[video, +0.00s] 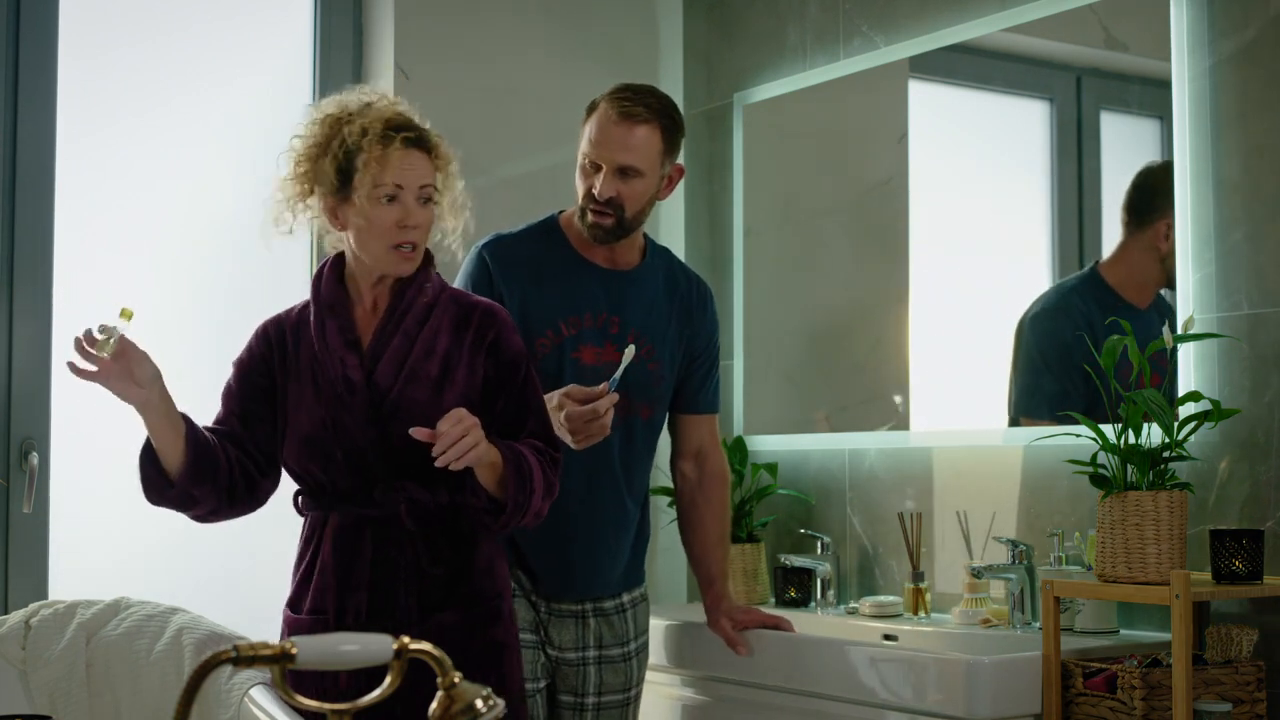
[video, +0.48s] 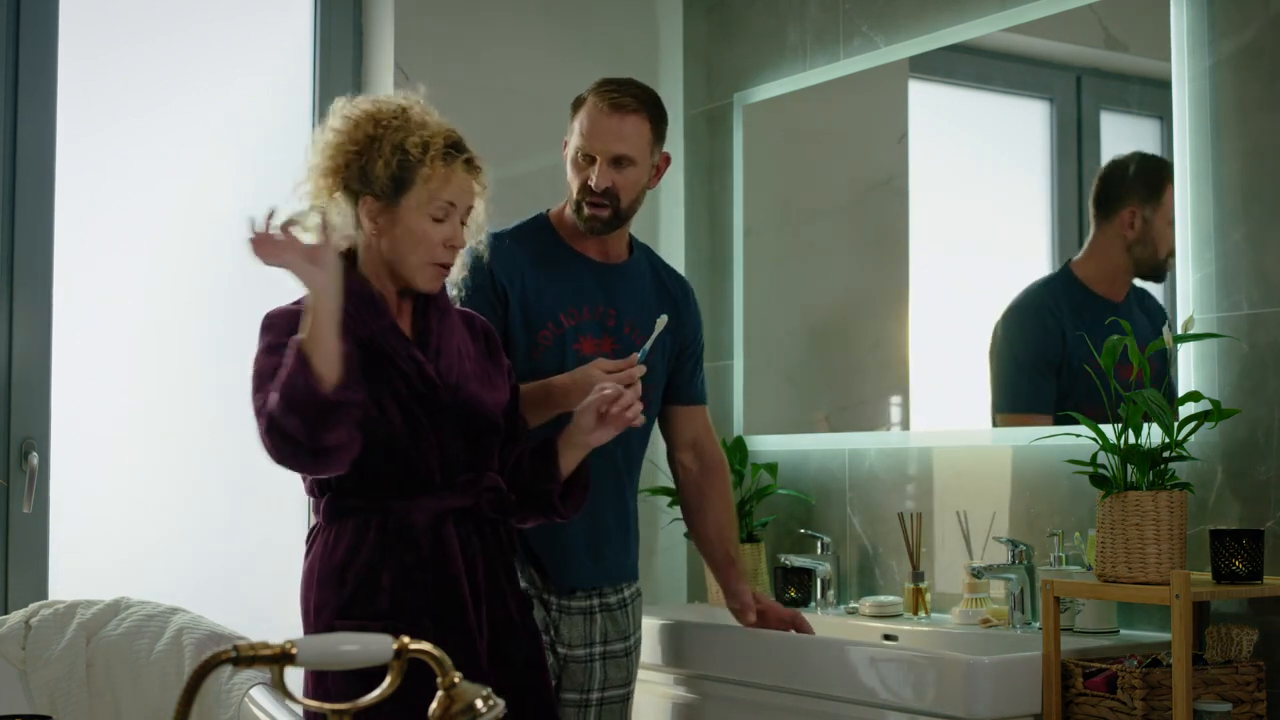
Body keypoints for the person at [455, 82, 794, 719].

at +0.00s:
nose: (600, 190)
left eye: (626, 174)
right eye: (591, 165)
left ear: (669, 180)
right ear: (577, 154)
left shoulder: (686, 300)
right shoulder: (500, 267)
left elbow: (698, 459)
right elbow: (451, 415)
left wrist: (717, 595)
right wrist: (542, 421)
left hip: (611, 588)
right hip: (501, 579)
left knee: (602, 712)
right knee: (503, 714)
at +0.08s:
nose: (600, 190)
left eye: (626, 174)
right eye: (591, 166)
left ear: (668, 179)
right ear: (576, 154)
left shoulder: (684, 299)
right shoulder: (500, 266)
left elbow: (698, 459)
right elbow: (452, 418)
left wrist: (718, 595)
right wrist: (545, 419)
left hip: (611, 593)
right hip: (500, 583)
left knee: (602, 712)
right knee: (502, 714)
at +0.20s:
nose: (599, 187)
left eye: (623, 172)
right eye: (589, 164)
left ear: (665, 177)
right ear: (574, 153)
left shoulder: (681, 297)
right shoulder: (499, 265)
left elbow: (697, 457)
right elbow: (454, 414)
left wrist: (720, 593)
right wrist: (548, 411)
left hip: (609, 594)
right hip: (496, 586)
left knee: (602, 712)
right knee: (494, 713)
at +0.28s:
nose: (597, 186)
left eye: (622, 169)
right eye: (587, 162)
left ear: (663, 174)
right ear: (572, 152)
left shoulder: (677, 297)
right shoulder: (499, 265)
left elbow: (697, 458)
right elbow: (457, 420)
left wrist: (723, 591)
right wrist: (552, 409)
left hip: (609, 592)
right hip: (498, 586)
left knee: (601, 712)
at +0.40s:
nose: (597, 183)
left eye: (621, 166)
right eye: (586, 160)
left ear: (660, 171)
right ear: (569, 152)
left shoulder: (671, 295)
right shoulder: (495, 264)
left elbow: (695, 456)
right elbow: (454, 415)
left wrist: (730, 590)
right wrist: (551, 396)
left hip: (608, 590)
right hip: (499, 584)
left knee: (601, 713)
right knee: (499, 716)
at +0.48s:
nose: (598, 180)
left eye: (620, 163)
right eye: (586, 159)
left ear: (657, 170)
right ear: (565, 153)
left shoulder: (669, 296)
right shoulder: (497, 265)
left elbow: (695, 454)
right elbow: (459, 414)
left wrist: (738, 591)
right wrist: (564, 392)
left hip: (609, 587)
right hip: (502, 581)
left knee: (601, 711)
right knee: (504, 713)